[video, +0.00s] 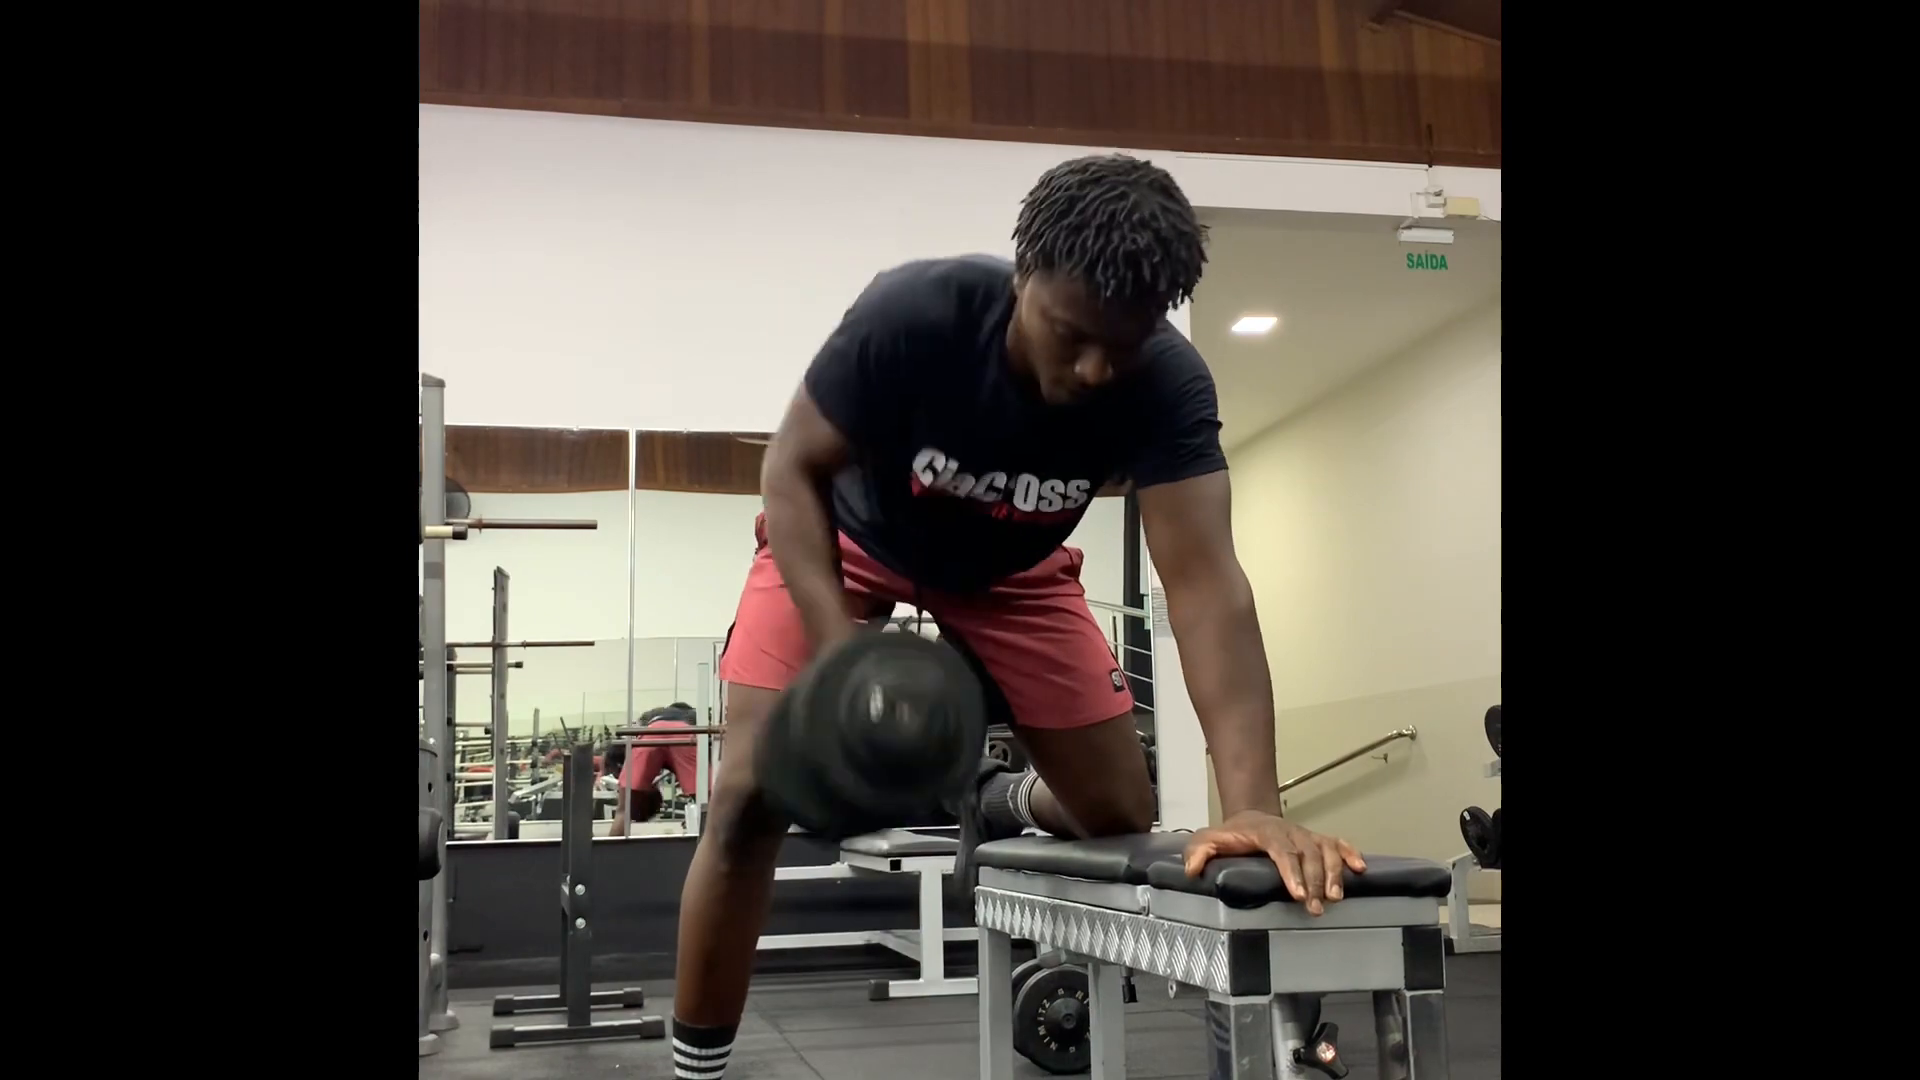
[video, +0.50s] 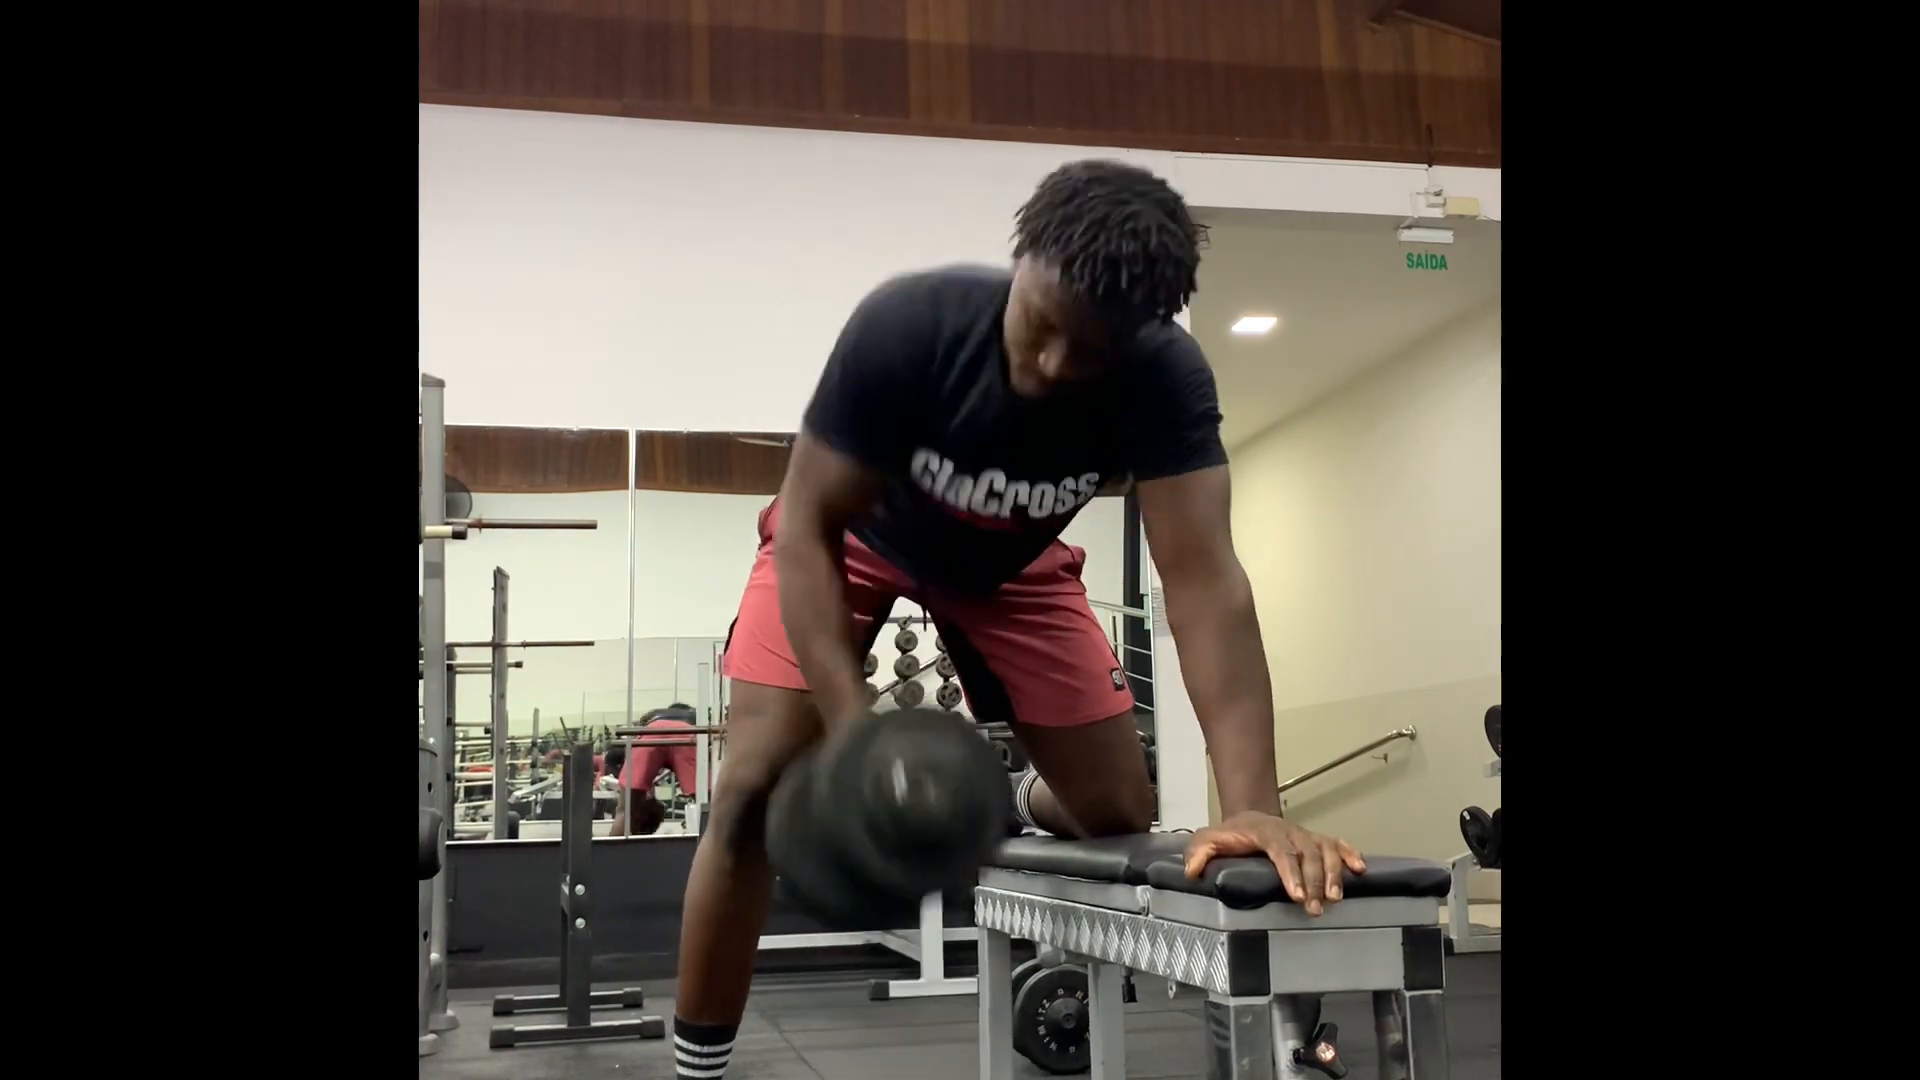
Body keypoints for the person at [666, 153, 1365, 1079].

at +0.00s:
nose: (1094, 370)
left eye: (1125, 347)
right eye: (1071, 336)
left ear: (1160, 318)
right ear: (1021, 277)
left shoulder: (1165, 381)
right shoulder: (913, 316)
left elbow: (1205, 579)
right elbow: (789, 470)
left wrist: (1251, 806)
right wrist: (840, 658)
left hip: (1020, 574)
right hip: (847, 545)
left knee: (1120, 816)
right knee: (745, 800)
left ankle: (992, 798)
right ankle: (695, 1073)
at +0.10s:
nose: (1077, 420)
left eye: (1103, 394)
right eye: (1052, 392)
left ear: (1135, 353)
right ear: (997, 336)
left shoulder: (1146, 391)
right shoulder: (891, 401)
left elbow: (1198, 586)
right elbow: (828, 631)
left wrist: (1251, 806)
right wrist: (869, 862)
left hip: (1016, 567)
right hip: (844, 544)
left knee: (1123, 819)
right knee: (742, 797)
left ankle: (1003, 797)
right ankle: (695, 1070)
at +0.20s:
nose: (1064, 490)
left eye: (1087, 462)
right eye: (1034, 461)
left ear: (1120, 420)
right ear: (975, 405)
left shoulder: (1122, 412)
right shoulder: (881, 501)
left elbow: (1194, 593)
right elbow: (870, 765)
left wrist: (1254, 808)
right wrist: (905, 1025)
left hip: (1014, 567)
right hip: (839, 543)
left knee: (1120, 812)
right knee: (736, 800)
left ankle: (982, 790)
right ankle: (694, 1072)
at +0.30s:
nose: (1055, 547)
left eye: (1076, 518)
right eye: (1024, 520)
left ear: (1103, 470)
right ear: (967, 465)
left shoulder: (1105, 431)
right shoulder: (877, 562)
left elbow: (1195, 599)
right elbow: (891, 834)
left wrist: (1251, 806)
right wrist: (916, 1063)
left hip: (994, 554)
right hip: (822, 538)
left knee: (1120, 815)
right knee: (726, 803)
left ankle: (989, 794)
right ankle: (692, 1069)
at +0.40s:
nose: (1056, 481)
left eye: (1081, 456)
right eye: (1026, 453)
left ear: (1117, 412)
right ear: (969, 393)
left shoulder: (1126, 406)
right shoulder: (881, 489)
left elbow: (1195, 590)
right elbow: (873, 754)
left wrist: (1254, 807)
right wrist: (918, 1012)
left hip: (1014, 566)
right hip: (838, 544)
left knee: (1120, 814)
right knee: (735, 797)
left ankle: (987, 791)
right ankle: (694, 1069)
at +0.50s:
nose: (1055, 363)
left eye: (1089, 346)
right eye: (1041, 327)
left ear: (1141, 328)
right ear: (1018, 267)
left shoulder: (1163, 376)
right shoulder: (904, 327)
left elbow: (1204, 577)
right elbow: (804, 522)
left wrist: (1251, 806)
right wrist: (854, 742)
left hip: (1017, 567)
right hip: (852, 537)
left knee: (1118, 812)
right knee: (748, 788)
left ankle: (1006, 806)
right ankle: (697, 1072)